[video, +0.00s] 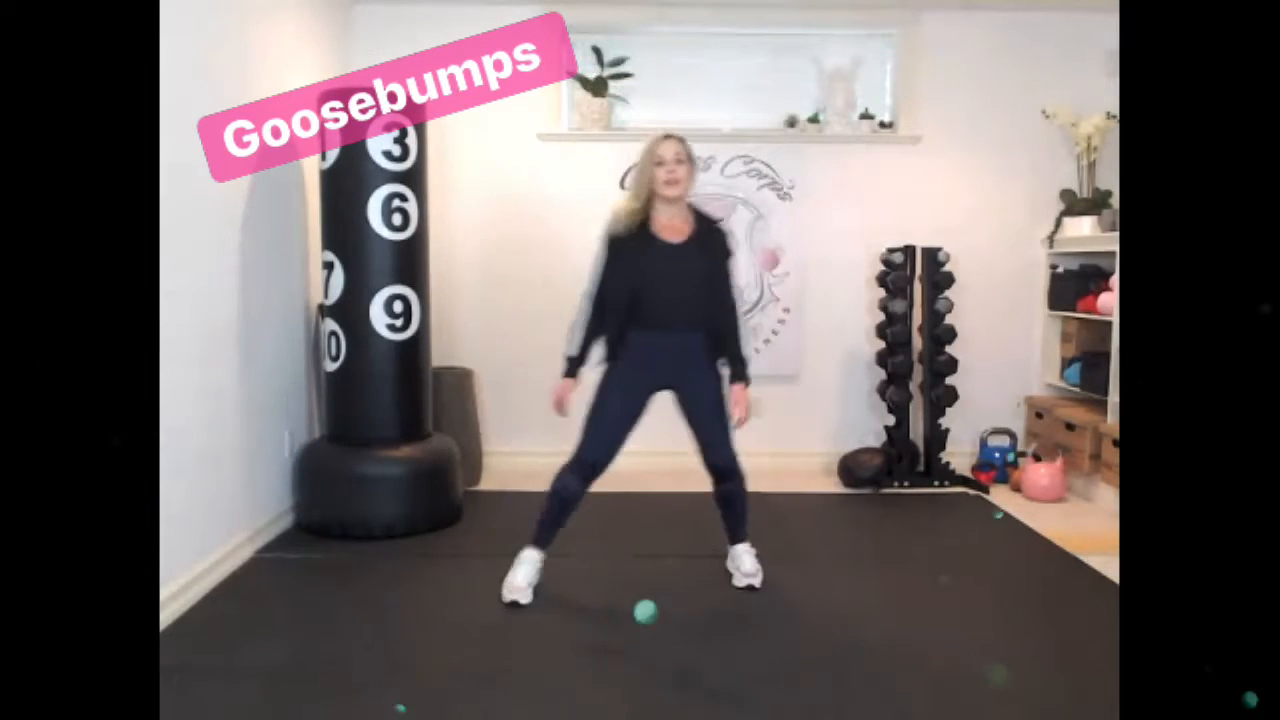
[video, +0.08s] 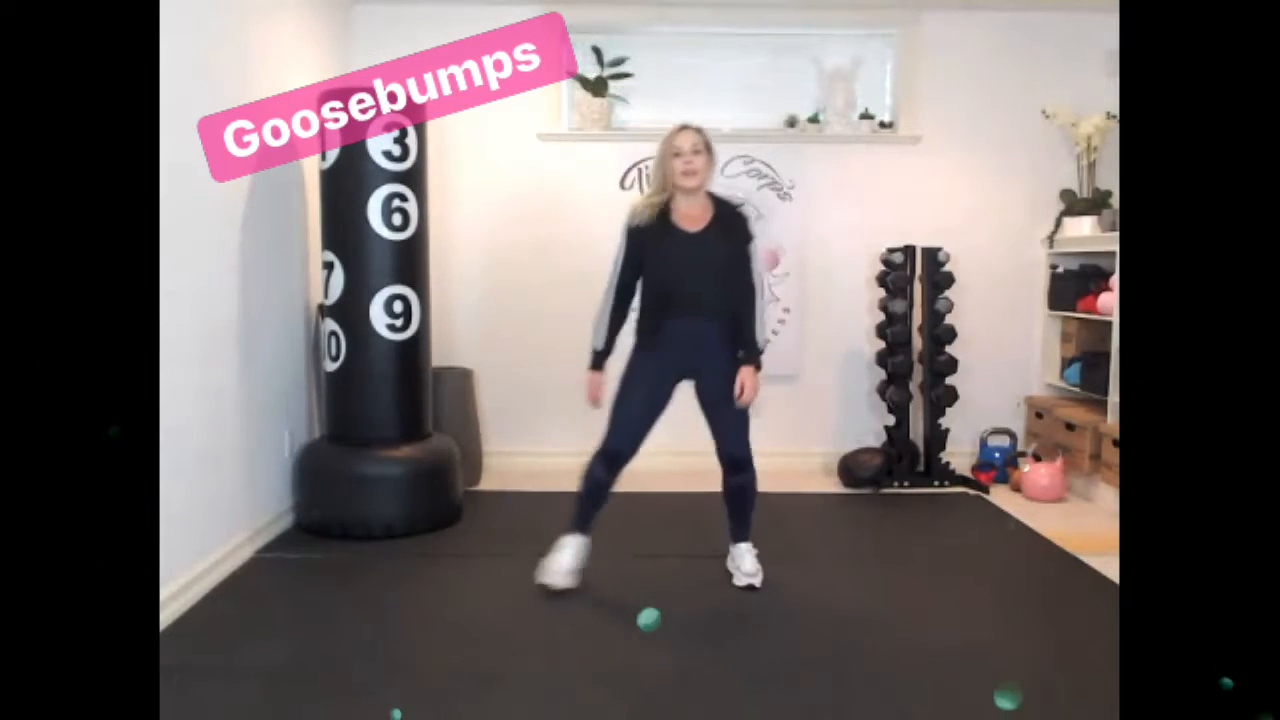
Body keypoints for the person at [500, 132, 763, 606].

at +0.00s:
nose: (671, 172)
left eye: (679, 164)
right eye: (661, 164)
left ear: (692, 172)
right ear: (647, 174)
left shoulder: (710, 236)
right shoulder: (626, 233)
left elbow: (725, 308)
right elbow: (601, 305)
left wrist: (738, 376)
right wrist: (571, 373)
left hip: (694, 361)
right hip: (634, 360)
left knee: (722, 461)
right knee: (588, 462)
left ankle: (740, 548)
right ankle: (533, 555)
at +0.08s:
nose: (687, 162)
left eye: (696, 154)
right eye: (678, 155)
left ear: (710, 162)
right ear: (665, 165)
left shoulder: (732, 222)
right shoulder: (645, 221)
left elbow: (746, 293)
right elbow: (621, 294)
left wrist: (750, 358)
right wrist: (597, 364)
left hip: (717, 352)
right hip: (657, 350)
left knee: (737, 456)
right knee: (615, 449)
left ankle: (742, 546)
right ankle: (575, 539)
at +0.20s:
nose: (698, 153)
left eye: (708, 145)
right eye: (689, 146)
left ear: (722, 152)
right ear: (678, 154)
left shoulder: (744, 208)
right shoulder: (657, 211)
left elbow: (762, 282)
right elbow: (638, 280)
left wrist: (759, 349)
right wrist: (626, 346)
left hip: (731, 342)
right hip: (673, 341)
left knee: (740, 448)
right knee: (658, 441)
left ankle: (743, 543)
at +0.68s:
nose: (690, 153)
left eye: (699, 144)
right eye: (682, 146)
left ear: (716, 151)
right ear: (672, 156)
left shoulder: (740, 206)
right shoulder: (655, 211)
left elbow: (763, 277)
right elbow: (646, 280)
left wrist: (768, 344)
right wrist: (639, 340)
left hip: (724, 339)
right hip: (666, 337)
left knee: (733, 446)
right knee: (632, 431)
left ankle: (742, 543)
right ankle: (628, 520)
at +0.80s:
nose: (675, 166)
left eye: (684, 157)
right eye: (666, 159)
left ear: (700, 165)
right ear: (655, 169)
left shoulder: (722, 225)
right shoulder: (636, 227)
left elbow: (748, 293)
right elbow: (628, 296)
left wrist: (757, 360)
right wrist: (621, 357)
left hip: (707, 352)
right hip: (647, 351)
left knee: (730, 454)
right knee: (604, 446)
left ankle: (743, 546)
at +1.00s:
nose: (641, 172)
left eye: (651, 165)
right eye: (632, 164)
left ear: (661, 173)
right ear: (618, 170)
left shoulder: (671, 232)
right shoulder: (587, 225)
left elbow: (686, 303)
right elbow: (563, 292)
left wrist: (706, 373)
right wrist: (547, 357)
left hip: (653, 352)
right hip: (592, 350)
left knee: (689, 449)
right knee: (559, 451)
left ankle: (732, 541)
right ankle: (540, 537)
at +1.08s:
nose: (635, 171)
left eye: (645, 164)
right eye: (627, 162)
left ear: (655, 171)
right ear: (612, 167)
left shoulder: (664, 228)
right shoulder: (580, 220)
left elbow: (677, 299)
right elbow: (556, 286)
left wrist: (694, 370)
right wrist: (537, 347)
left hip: (643, 348)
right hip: (584, 346)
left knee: (681, 446)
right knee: (557, 448)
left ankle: (721, 536)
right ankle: (539, 537)